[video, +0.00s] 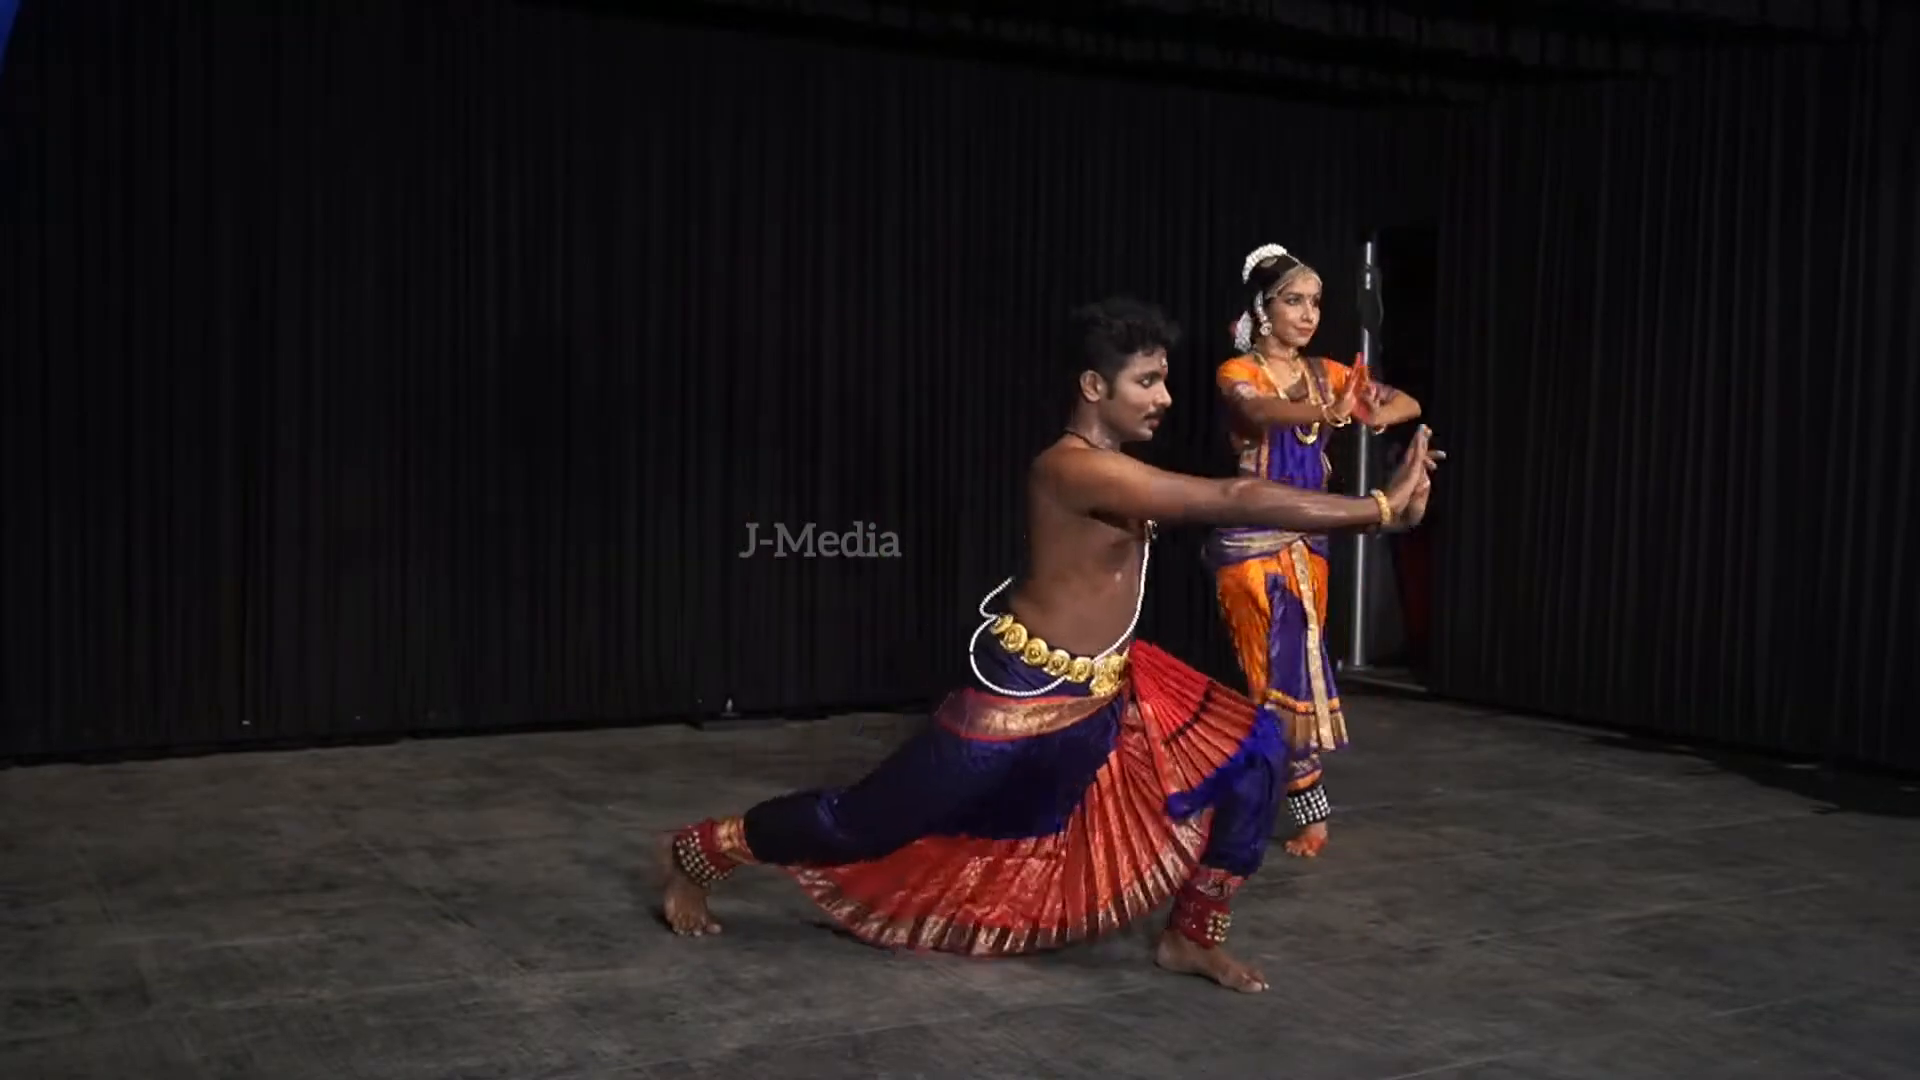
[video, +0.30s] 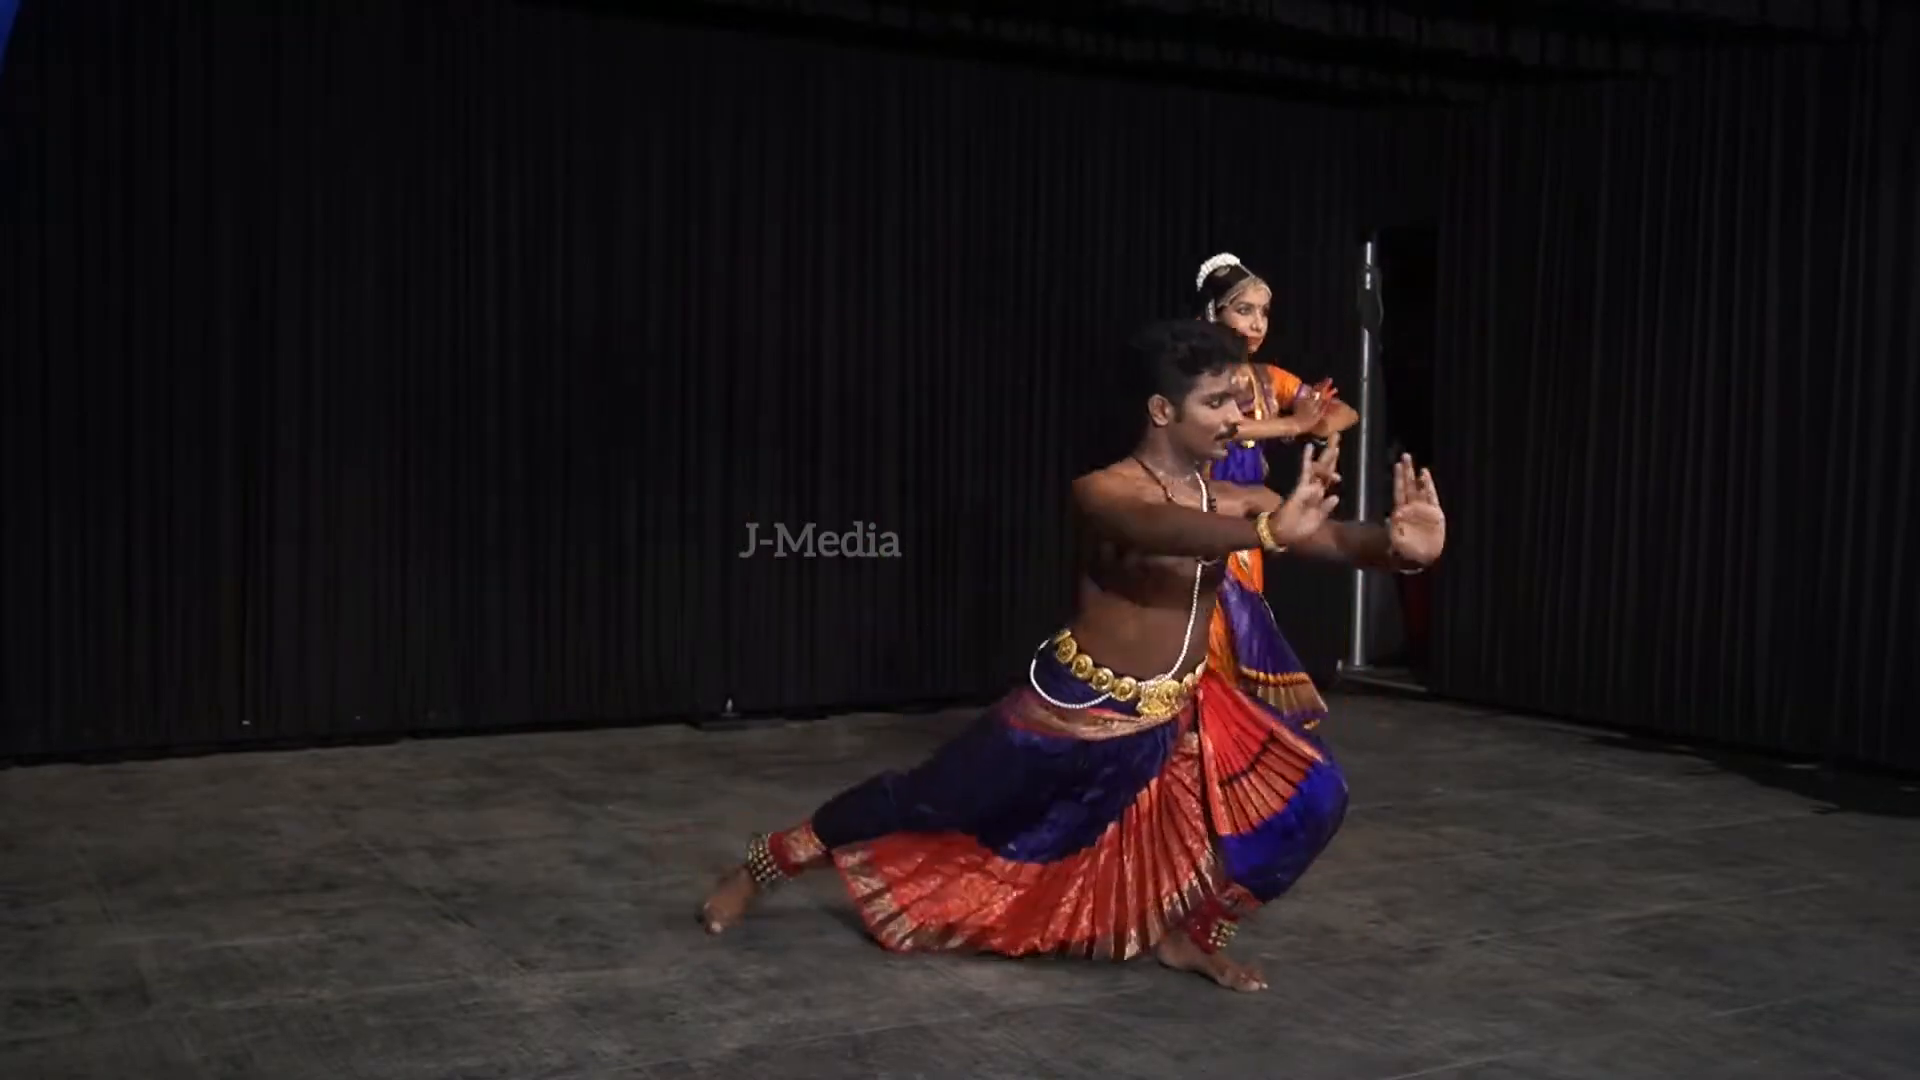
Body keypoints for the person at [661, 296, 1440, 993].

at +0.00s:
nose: (1163, 399)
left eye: (1166, 383)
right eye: (1146, 383)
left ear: (1141, 391)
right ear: (1092, 387)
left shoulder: (1126, 462)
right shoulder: (1072, 467)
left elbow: (1218, 506)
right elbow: (1230, 503)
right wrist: (1375, 512)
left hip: (1108, 679)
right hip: (1022, 687)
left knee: (1257, 752)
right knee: (866, 825)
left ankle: (1194, 934)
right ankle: (698, 852)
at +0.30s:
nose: (1237, 420)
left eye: (1241, 404)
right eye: (1218, 404)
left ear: (1239, 410)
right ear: (1160, 409)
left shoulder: (1239, 491)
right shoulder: (1104, 491)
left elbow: (1328, 542)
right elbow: (1166, 530)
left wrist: (1402, 547)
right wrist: (1264, 528)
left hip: (1185, 713)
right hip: (1082, 703)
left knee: (1315, 795)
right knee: (935, 794)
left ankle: (1191, 930)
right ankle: (768, 863)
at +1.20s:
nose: (1145, 283)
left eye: (1159, 263)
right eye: (1129, 272)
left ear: (1198, 260)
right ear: (1121, 285)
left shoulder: (1259, 295)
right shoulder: (1132, 402)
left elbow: (1236, 150)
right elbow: (1127, 534)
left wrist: (1168, 41)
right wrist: (1218, 549)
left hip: (1305, 551)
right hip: (1202, 567)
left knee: (1291, 763)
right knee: (1063, 647)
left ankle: (1223, 923)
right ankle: (1145, 830)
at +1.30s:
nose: (1120, 307)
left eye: (1131, 284)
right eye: (1108, 295)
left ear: (1180, 269)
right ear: (1110, 303)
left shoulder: (1249, 293)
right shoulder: (1137, 409)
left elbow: (1188, 158)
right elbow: (1148, 538)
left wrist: (1072, 107)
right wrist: (1248, 555)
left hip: (1320, 548)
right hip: (1219, 558)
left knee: (1293, 757)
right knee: (1061, 590)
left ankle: (1224, 923)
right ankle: (1124, 762)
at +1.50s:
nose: (1097, 340)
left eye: (1100, 318)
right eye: (1087, 327)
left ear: (1146, 287)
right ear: (1121, 309)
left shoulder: (1235, 291)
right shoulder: (1145, 412)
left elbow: (1135, 175)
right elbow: (1177, 536)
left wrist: (1014, 190)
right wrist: (1277, 551)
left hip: (1326, 533)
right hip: (1229, 541)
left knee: (1290, 748)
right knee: (1069, 548)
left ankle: (1223, 923)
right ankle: (1173, 730)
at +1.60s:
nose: (1095, 345)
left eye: (1097, 323)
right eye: (1085, 331)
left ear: (1143, 291)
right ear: (1120, 312)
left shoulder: (1230, 291)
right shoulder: (1146, 415)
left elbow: (1129, 181)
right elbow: (1181, 537)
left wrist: (1011, 199)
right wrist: (1281, 547)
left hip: (1324, 532)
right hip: (1226, 544)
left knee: (1290, 745)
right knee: (1070, 559)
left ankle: (1223, 922)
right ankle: (1191, 722)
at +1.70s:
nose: (1092, 347)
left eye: (1095, 325)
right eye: (1082, 334)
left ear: (1141, 294)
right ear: (1118, 315)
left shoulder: (1226, 291)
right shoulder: (1145, 415)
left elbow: (1127, 184)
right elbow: (1180, 538)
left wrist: (1010, 201)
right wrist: (1283, 543)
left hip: (1322, 536)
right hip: (1227, 545)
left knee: (1290, 753)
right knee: (1070, 565)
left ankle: (1221, 925)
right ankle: (1194, 718)